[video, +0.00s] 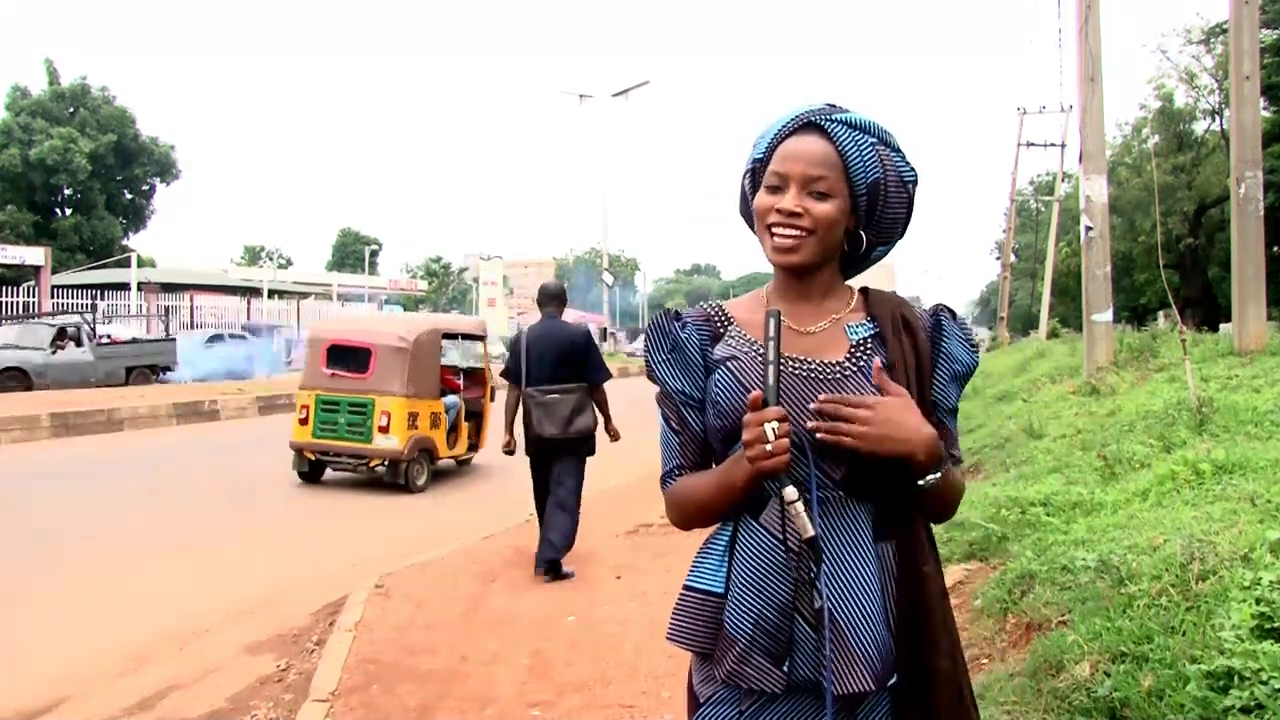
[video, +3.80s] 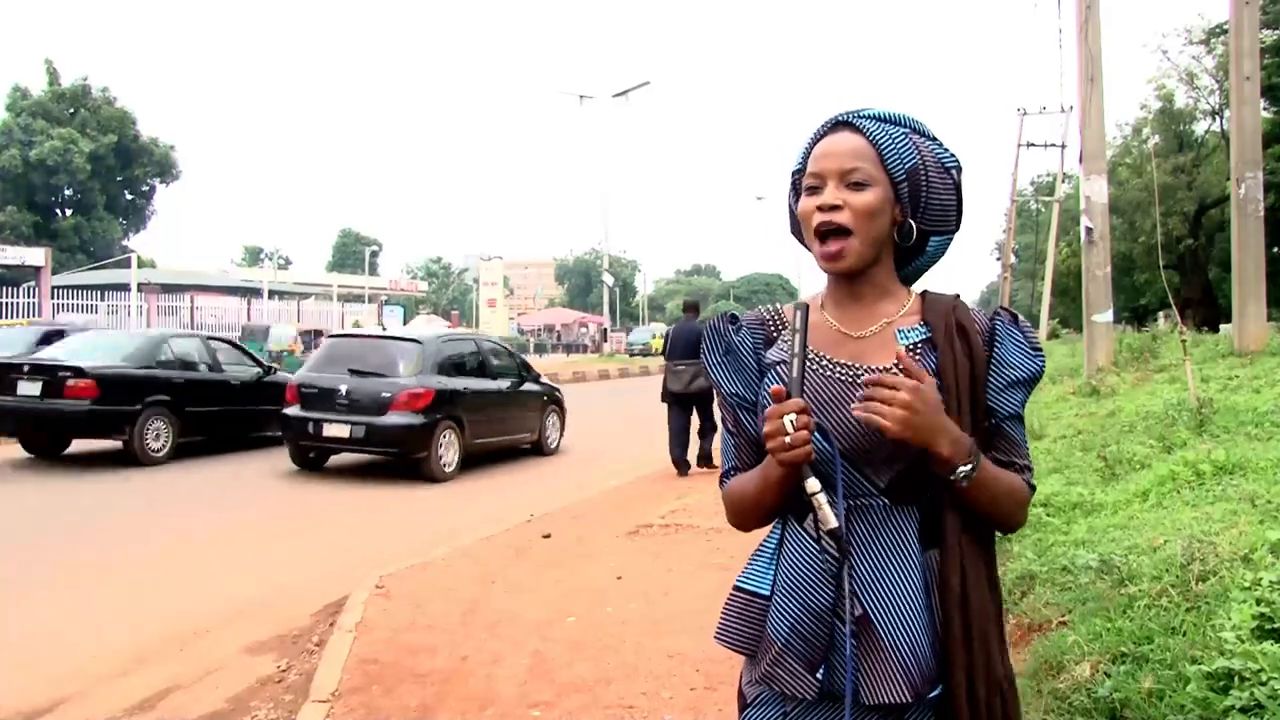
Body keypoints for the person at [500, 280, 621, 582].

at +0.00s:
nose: (557, 307)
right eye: (562, 302)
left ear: (538, 305)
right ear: (565, 304)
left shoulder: (523, 340)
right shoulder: (579, 336)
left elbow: (514, 389)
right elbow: (595, 387)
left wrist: (508, 431)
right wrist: (608, 420)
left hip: (538, 429)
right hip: (575, 428)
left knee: (543, 491)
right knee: (565, 494)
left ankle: (549, 552)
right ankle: (549, 560)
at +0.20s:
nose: (562, 303)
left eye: (554, 298)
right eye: (566, 299)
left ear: (543, 300)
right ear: (569, 300)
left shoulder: (526, 334)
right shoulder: (583, 331)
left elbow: (519, 382)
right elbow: (596, 380)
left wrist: (525, 422)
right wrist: (605, 415)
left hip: (538, 422)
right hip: (576, 421)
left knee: (544, 478)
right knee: (578, 473)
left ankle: (552, 542)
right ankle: (565, 520)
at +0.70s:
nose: (588, 306)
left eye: (581, 301)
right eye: (592, 302)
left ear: (572, 303)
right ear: (595, 304)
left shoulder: (555, 332)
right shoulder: (606, 335)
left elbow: (547, 369)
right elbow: (613, 380)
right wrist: (621, 415)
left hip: (562, 414)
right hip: (596, 414)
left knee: (566, 466)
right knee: (598, 472)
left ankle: (554, 511)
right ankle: (591, 524)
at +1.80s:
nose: (617, 317)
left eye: (614, 313)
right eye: (621, 313)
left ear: (608, 313)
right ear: (628, 313)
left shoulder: (595, 338)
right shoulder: (637, 338)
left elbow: (587, 365)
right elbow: (641, 369)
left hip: (600, 403)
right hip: (629, 402)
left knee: (602, 450)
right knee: (629, 450)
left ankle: (595, 496)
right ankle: (625, 494)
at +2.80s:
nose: (655, 315)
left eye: (652, 311)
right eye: (659, 312)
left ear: (646, 313)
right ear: (663, 313)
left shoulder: (633, 334)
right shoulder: (668, 334)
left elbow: (625, 360)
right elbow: (674, 362)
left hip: (635, 392)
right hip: (661, 392)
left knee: (633, 438)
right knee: (663, 436)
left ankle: (633, 483)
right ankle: (666, 474)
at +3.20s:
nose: (672, 314)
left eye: (669, 311)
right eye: (675, 310)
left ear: (664, 312)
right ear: (680, 311)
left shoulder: (655, 333)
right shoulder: (688, 332)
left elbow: (647, 365)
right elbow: (696, 361)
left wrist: (646, 393)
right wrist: (700, 385)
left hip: (660, 387)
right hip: (684, 386)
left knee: (662, 426)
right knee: (678, 428)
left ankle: (663, 467)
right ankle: (668, 473)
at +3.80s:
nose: (694, 316)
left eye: (690, 313)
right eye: (695, 313)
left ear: (683, 312)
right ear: (697, 313)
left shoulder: (671, 332)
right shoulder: (703, 332)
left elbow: (665, 354)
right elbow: (710, 355)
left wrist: (680, 364)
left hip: (676, 384)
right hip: (701, 383)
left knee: (678, 423)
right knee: (707, 421)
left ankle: (681, 463)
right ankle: (705, 454)